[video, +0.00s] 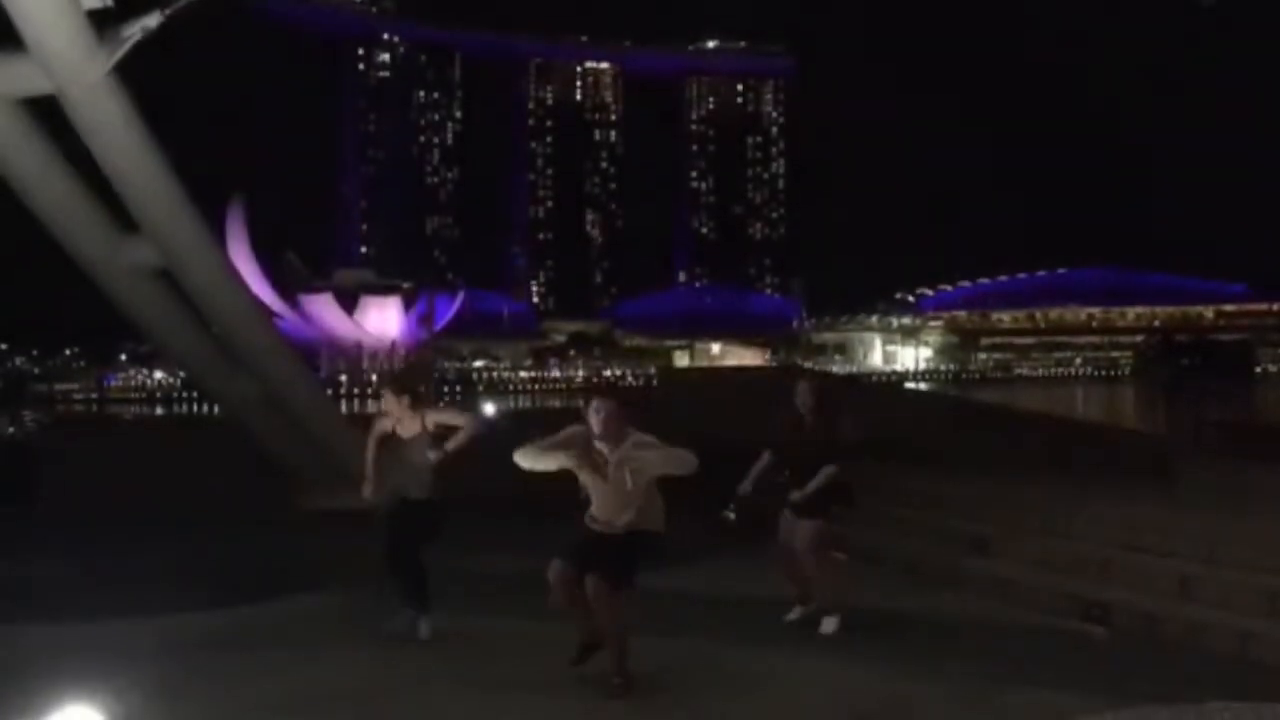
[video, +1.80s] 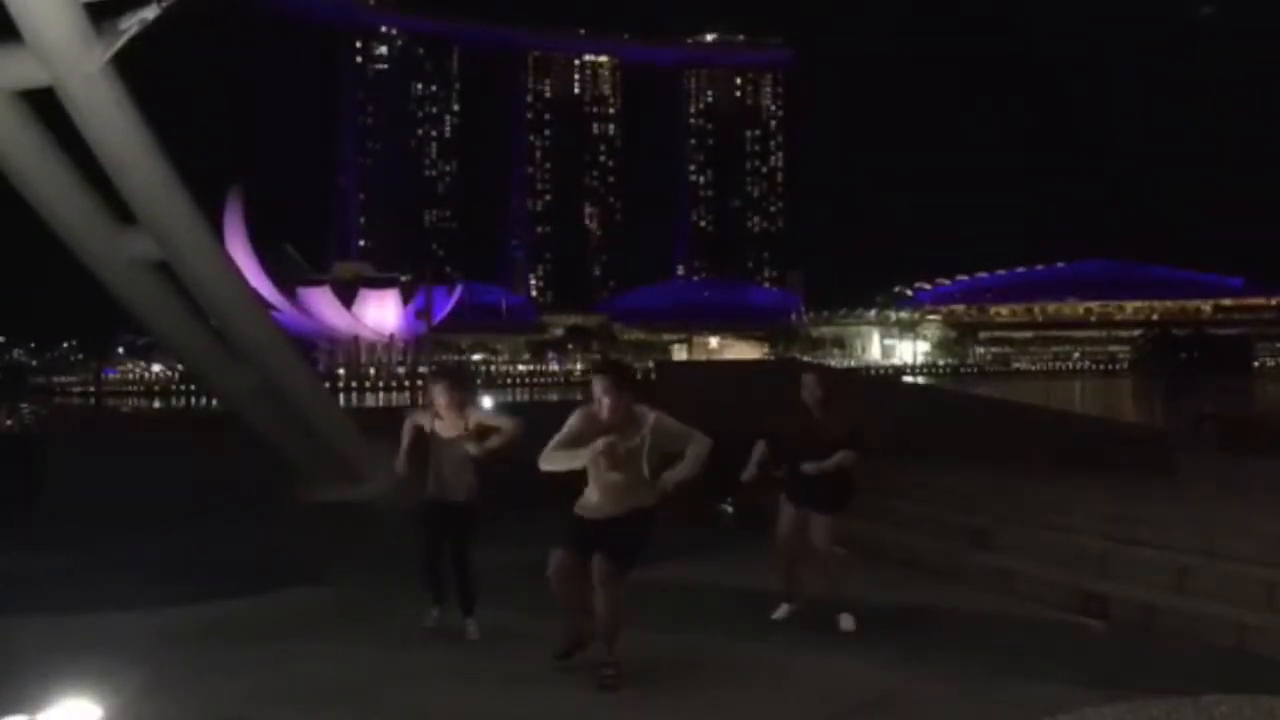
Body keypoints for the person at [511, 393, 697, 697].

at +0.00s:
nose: (601, 419)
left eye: (608, 412)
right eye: (596, 412)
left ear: (621, 416)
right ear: (588, 416)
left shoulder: (638, 445)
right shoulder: (579, 440)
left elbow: (689, 462)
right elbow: (521, 457)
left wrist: (640, 464)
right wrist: (568, 459)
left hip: (636, 530)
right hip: (597, 527)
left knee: (600, 585)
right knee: (560, 573)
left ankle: (620, 669)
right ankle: (590, 633)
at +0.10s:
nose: (587, 423)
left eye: (593, 416)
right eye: (582, 416)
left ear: (611, 412)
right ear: (578, 414)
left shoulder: (635, 435)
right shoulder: (573, 440)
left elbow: (685, 458)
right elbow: (536, 484)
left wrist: (630, 461)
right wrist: (574, 466)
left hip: (640, 516)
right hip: (599, 519)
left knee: (605, 558)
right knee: (589, 574)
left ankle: (602, 661)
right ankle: (618, 646)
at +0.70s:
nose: (632, 395)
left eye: (639, 387)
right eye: (625, 387)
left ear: (648, 390)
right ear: (613, 390)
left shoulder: (658, 423)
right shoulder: (598, 423)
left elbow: (717, 428)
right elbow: (537, 447)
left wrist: (672, 439)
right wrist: (575, 470)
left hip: (645, 517)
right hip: (603, 517)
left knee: (637, 586)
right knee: (607, 577)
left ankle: (624, 657)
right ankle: (587, 655)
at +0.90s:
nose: (645, 389)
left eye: (651, 381)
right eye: (639, 381)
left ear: (659, 384)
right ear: (625, 382)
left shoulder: (671, 409)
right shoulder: (616, 415)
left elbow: (708, 437)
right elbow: (559, 448)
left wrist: (674, 459)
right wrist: (598, 440)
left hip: (648, 504)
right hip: (611, 502)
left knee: (644, 576)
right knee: (628, 566)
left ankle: (618, 649)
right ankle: (637, 650)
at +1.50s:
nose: (639, 400)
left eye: (646, 393)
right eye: (633, 393)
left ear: (656, 394)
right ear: (621, 394)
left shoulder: (668, 418)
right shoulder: (602, 420)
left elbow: (714, 451)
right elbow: (569, 475)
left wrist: (689, 476)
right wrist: (612, 479)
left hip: (641, 515)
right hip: (600, 516)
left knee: (631, 587)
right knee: (604, 586)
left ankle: (620, 654)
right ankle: (609, 661)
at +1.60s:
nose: (624, 416)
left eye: (630, 409)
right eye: (619, 409)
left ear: (642, 409)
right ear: (611, 410)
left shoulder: (660, 438)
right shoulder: (594, 436)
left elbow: (711, 469)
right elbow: (561, 488)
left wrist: (690, 493)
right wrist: (601, 479)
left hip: (633, 525)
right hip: (590, 524)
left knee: (617, 593)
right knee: (572, 582)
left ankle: (604, 664)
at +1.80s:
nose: (601, 403)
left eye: (607, 395)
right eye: (596, 395)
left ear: (626, 395)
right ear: (592, 396)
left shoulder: (649, 422)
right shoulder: (585, 418)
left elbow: (700, 443)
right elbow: (547, 460)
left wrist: (677, 474)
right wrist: (590, 452)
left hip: (632, 513)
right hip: (589, 513)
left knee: (605, 571)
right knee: (561, 567)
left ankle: (609, 656)